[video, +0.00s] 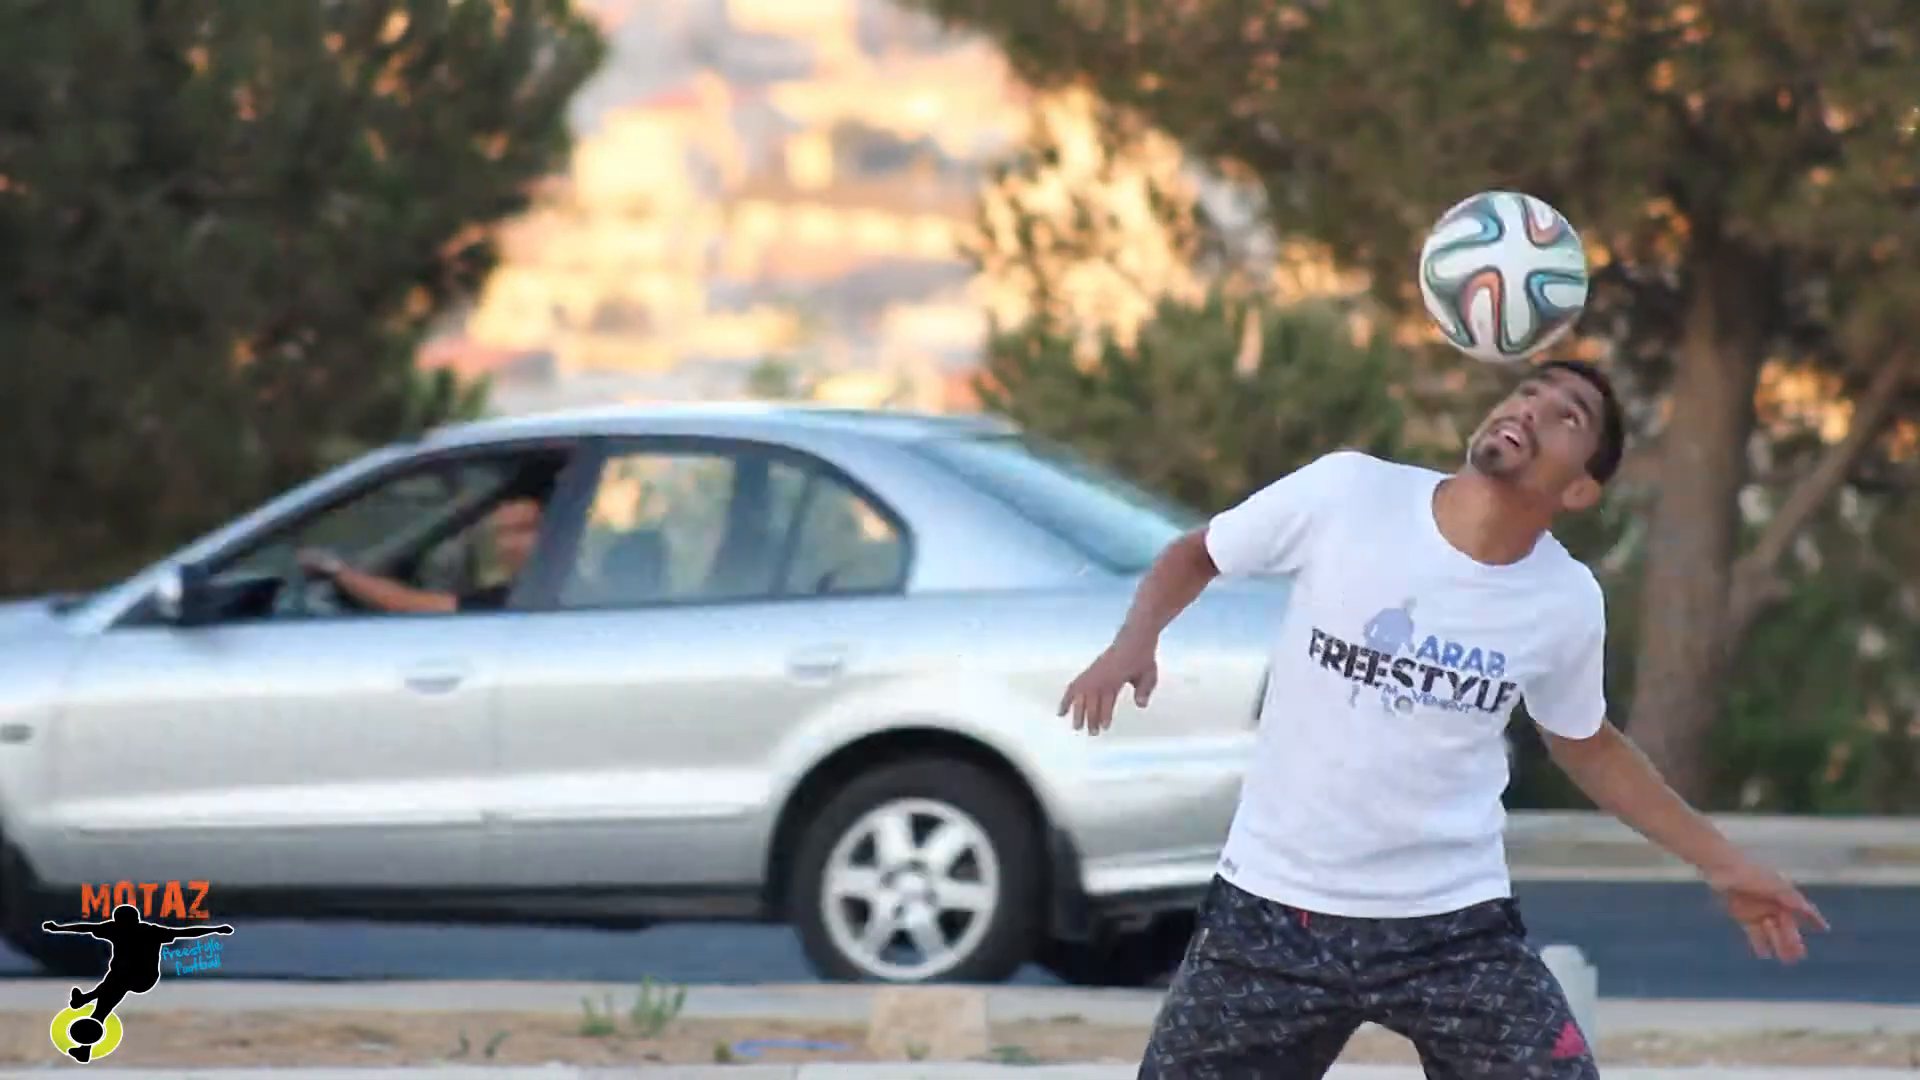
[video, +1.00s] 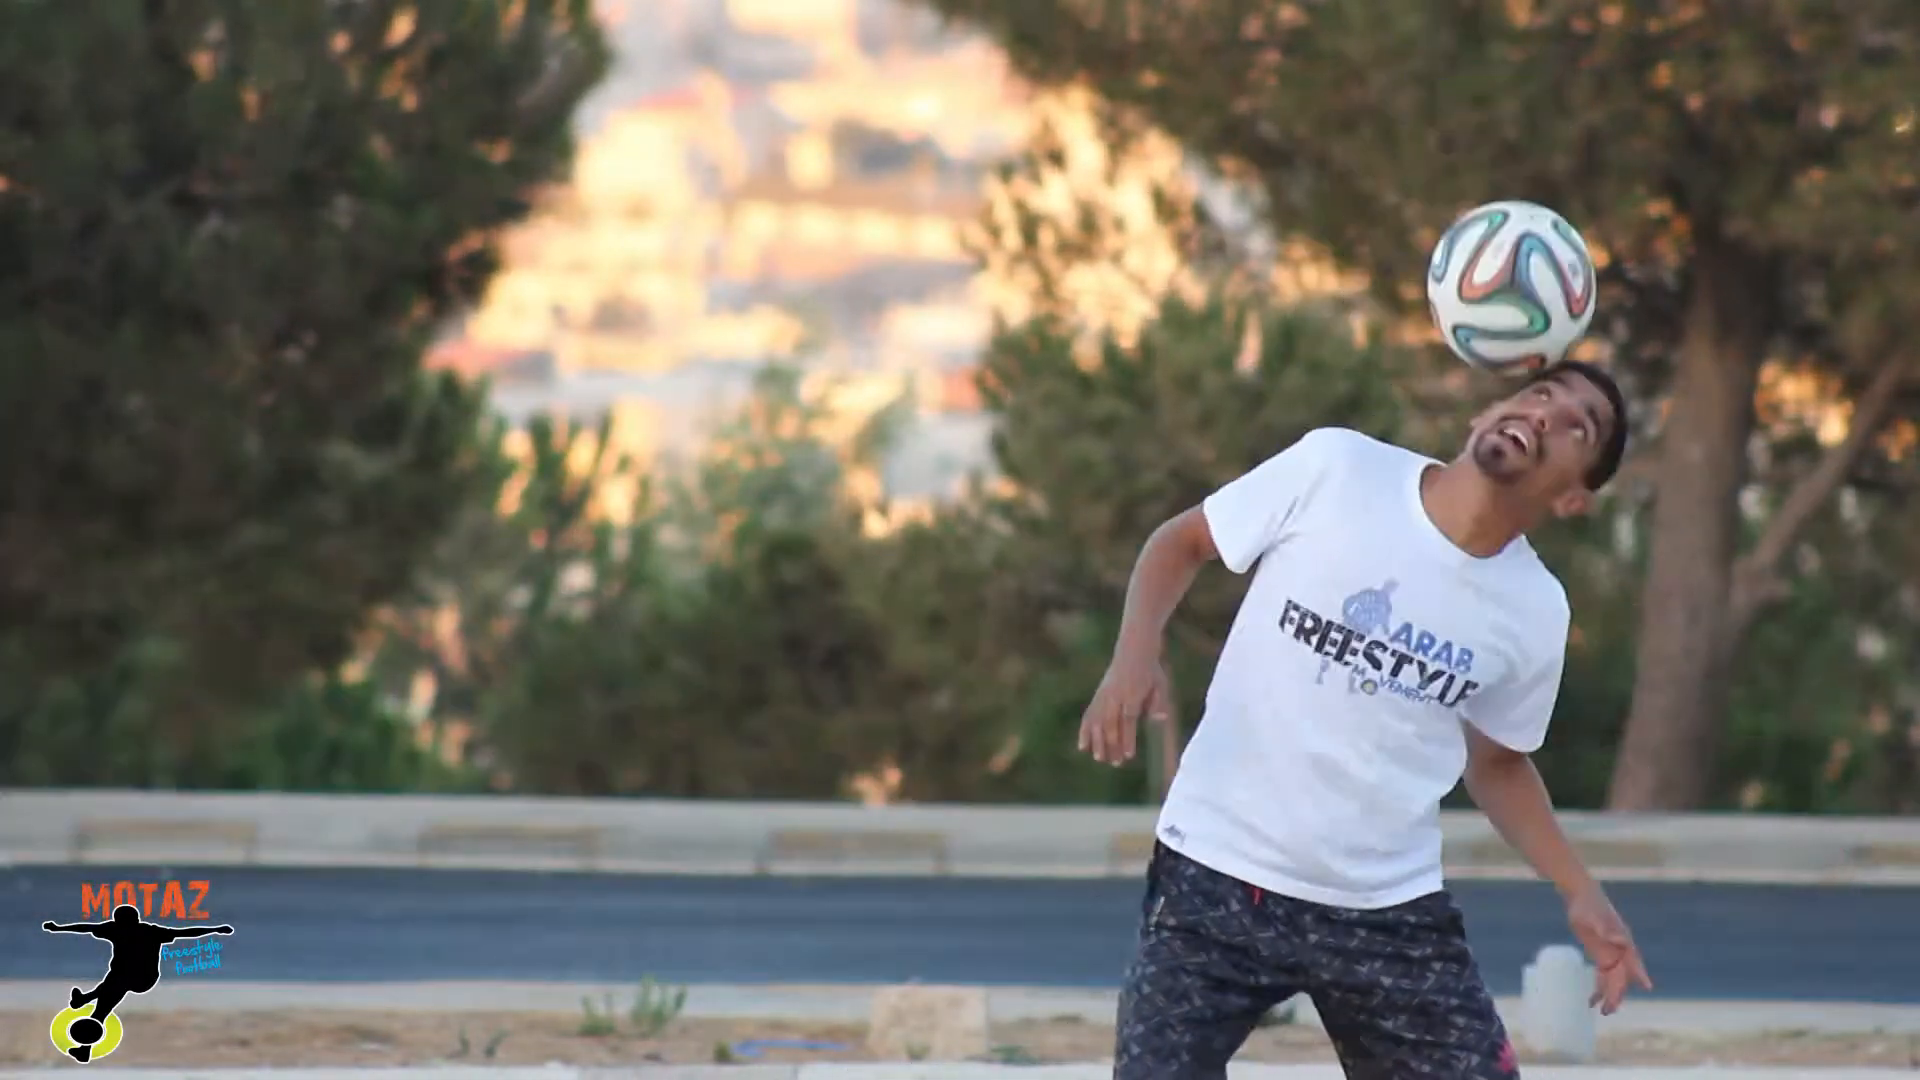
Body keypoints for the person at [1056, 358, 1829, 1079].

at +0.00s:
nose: (1528, 411)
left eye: (1565, 419)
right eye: (1523, 395)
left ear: (1578, 495)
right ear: (1478, 424)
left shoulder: (1567, 603)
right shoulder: (1344, 493)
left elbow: (1590, 744)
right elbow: (1197, 555)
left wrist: (1722, 863)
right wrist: (1135, 635)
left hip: (1457, 939)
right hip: (1270, 926)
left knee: (1558, 1068)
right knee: (1177, 1069)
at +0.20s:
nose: (1552, 715)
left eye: (1587, 731)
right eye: (1570, 684)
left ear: (1620, 740)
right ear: (1579, 630)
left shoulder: (1619, 730)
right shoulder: (1439, 609)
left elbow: (1681, 758)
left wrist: (1768, 824)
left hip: (1520, 954)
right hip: (1335, 941)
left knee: (1614, 1070)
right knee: (1255, 1069)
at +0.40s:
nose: (1469, 705)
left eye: (1467, 685)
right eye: (1441, 710)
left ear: (1464, 603)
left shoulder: (1581, 587)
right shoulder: (1327, 589)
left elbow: (1694, 668)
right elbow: (1231, 630)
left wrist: (1820, 780)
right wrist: (1154, 780)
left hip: (1543, 946)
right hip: (1359, 937)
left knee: (1633, 1072)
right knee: (1301, 1072)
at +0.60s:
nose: (1388, 332)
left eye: (1383, 309)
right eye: (1348, 323)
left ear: (1405, 327)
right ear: (1293, 381)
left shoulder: (1506, 463)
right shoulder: (1253, 505)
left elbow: (1593, 611)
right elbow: (1202, 649)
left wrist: (1709, 721)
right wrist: (1124, 751)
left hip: (1495, 886)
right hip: (1319, 889)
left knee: (1563, 1070)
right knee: (1271, 1070)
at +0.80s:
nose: (1441, 302)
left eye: (1452, 294)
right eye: (1405, 294)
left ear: (1472, 339)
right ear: (1358, 355)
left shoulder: (1538, 499)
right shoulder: (1288, 465)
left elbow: (1549, 666)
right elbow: (1197, 611)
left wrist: (1629, 745)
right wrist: (1156, 697)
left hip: (1459, 898)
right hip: (1287, 884)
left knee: (1523, 1070)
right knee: (1226, 1068)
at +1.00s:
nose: (1541, 412)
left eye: (1575, 427)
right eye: (1539, 393)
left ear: (1573, 499)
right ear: (1491, 412)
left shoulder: (1536, 612)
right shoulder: (1332, 467)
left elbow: (1499, 761)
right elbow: (1179, 542)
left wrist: (1580, 891)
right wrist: (1135, 652)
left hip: (1389, 923)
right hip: (1215, 891)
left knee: (1474, 1073)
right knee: (1151, 1070)